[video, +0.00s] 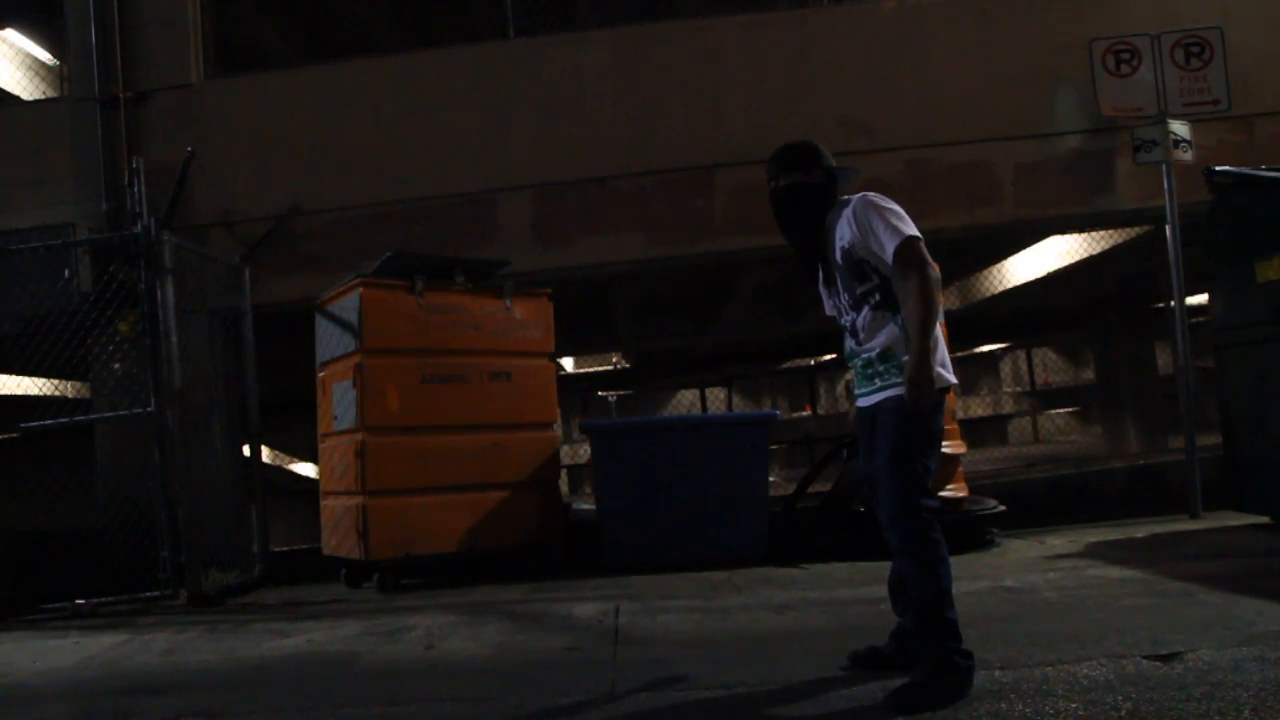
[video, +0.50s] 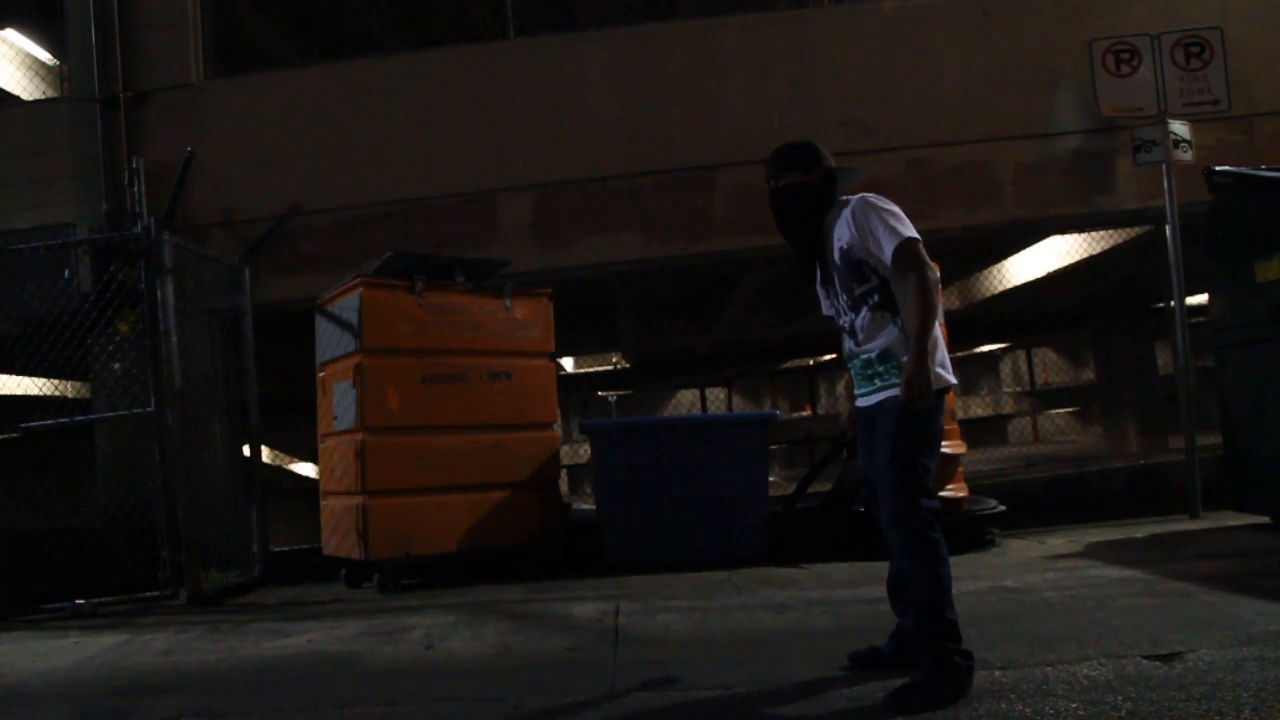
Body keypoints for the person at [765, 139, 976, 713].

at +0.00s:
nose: (782, 203)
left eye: (789, 188)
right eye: (776, 193)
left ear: (817, 180)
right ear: (785, 193)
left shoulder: (864, 210)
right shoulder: (827, 247)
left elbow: (921, 275)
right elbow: (859, 329)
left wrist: (921, 374)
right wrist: (863, 396)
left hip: (910, 394)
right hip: (877, 401)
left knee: (911, 519)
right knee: (895, 519)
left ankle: (945, 660)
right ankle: (913, 639)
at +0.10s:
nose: (784, 202)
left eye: (791, 187)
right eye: (778, 192)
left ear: (818, 180)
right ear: (783, 195)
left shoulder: (865, 210)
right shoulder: (828, 249)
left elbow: (923, 277)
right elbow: (858, 333)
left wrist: (920, 371)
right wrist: (860, 398)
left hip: (910, 393)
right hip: (878, 401)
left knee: (912, 519)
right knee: (896, 519)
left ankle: (945, 660)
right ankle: (913, 638)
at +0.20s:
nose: (782, 204)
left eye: (789, 189)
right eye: (778, 193)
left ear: (816, 181)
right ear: (788, 192)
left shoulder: (865, 211)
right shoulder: (827, 246)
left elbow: (923, 276)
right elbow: (857, 330)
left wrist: (920, 371)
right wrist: (860, 397)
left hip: (911, 394)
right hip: (877, 401)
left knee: (913, 519)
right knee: (895, 519)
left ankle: (946, 660)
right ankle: (912, 638)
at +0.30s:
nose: (782, 200)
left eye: (789, 185)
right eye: (777, 189)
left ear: (816, 179)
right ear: (786, 192)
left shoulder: (865, 211)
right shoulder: (825, 246)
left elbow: (922, 277)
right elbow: (853, 331)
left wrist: (919, 369)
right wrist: (859, 395)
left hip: (909, 393)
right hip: (875, 401)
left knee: (913, 520)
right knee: (896, 520)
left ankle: (945, 661)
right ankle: (911, 640)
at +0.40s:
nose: (781, 204)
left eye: (788, 190)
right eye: (777, 193)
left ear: (815, 182)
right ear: (789, 192)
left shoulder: (864, 211)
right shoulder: (826, 247)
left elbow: (922, 276)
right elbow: (856, 332)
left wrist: (919, 373)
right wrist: (859, 399)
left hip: (909, 394)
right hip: (876, 401)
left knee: (913, 519)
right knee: (894, 520)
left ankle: (945, 661)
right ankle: (912, 639)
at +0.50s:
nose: (781, 202)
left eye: (789, 187)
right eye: (776, 191)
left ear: (817, 180)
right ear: (783, 194)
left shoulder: (863, 212)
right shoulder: (826, 252)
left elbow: (921, 276)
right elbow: (853, 340)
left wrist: (919, 374)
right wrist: (856, 407)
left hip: (909, 394)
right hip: (876, 402)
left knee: (913, 520)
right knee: (895, 520)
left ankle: (945, 660)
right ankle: (912, 637)